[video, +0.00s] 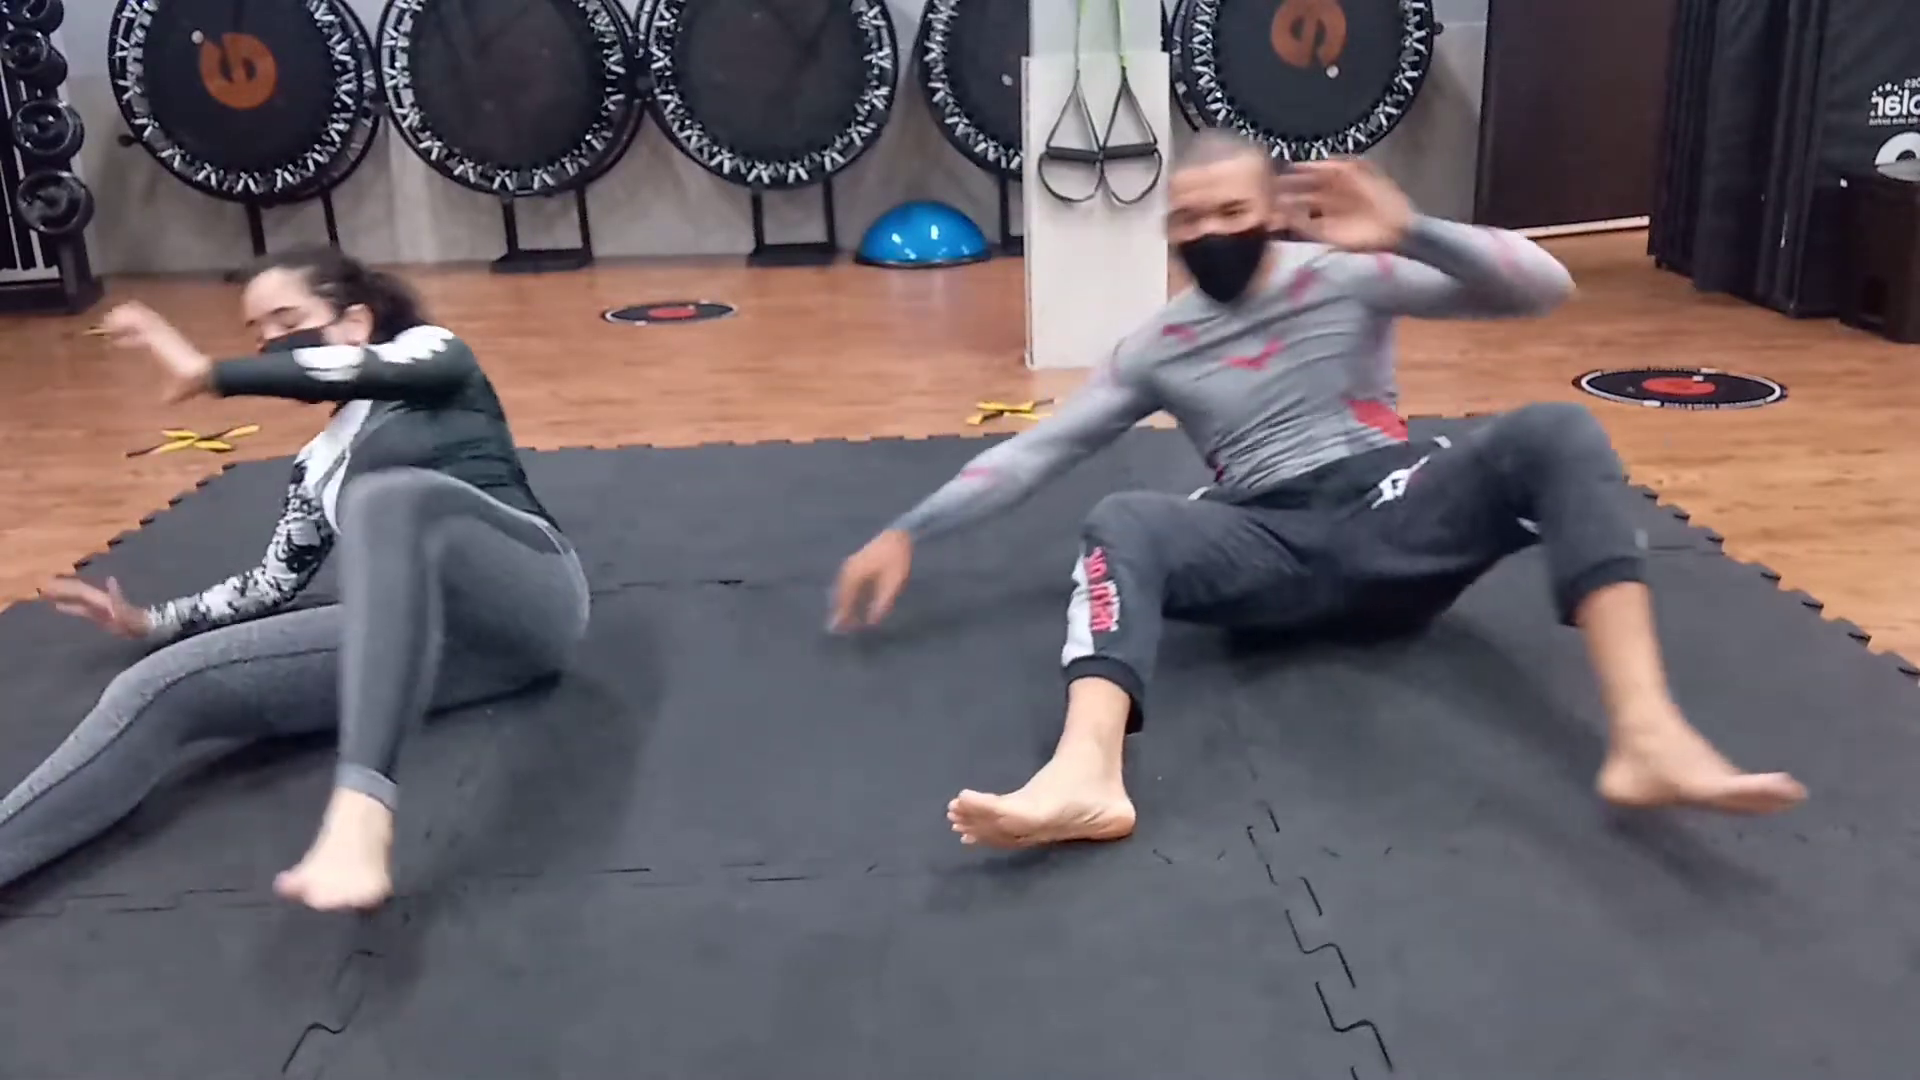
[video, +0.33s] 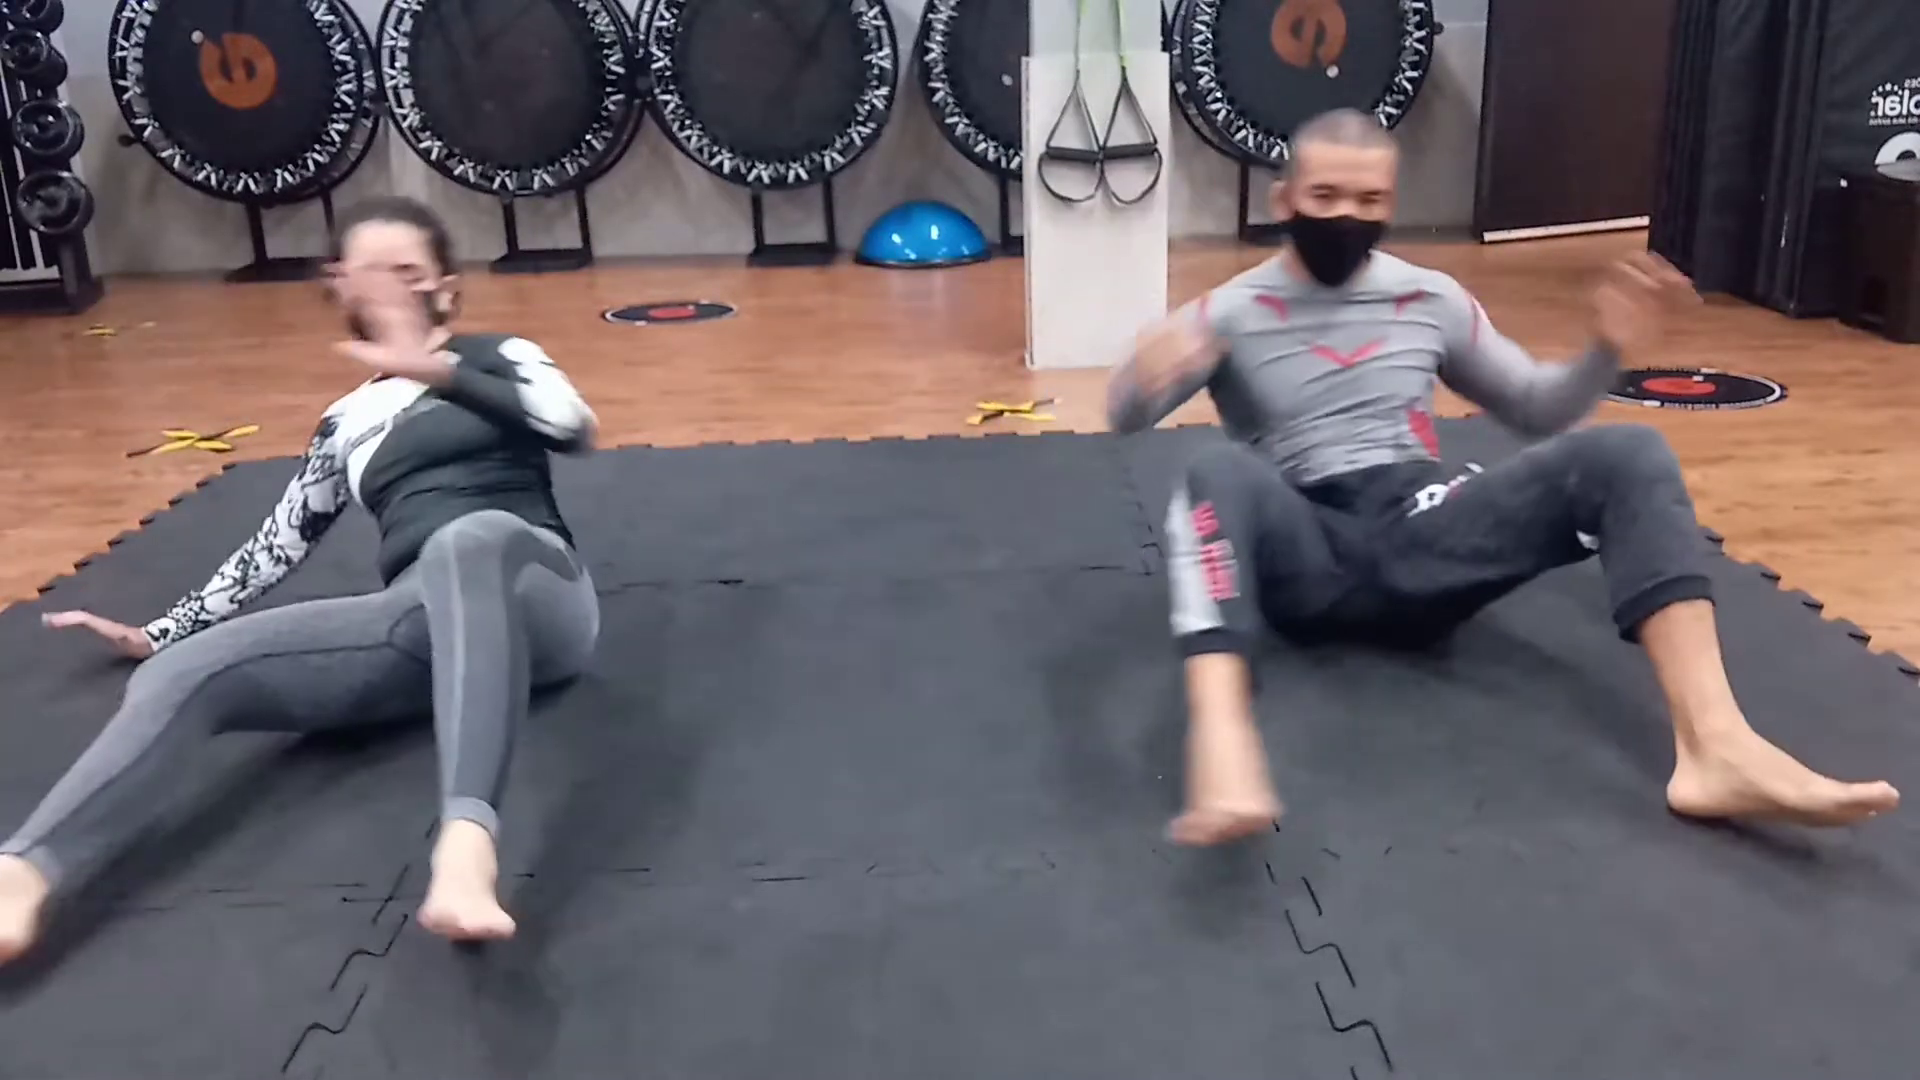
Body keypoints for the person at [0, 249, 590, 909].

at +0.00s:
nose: (269, 346)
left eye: (286, 325)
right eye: (257, 336)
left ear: (359, 319)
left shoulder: (437, 355)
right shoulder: (320, 467)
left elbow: (357, 367)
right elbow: (274, 586)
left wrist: (211, 373)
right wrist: (148, 624)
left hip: (530, 606)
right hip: (416, 652)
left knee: (386, 498)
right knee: (168, 684)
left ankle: (362, 807)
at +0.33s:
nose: (386, 285)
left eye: (406, 268)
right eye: (367, 270)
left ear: (445, 287)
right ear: (341, 294)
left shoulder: (504, 358)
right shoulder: (348, 422)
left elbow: (575, 426)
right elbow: (272, 549)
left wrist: (436, 366)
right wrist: (157, 636)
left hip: (538, 601)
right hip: (411, 614)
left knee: (470, 540)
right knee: (190, 666)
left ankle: (467, 837)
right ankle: (24, 875)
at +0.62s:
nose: (479, 277)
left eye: (498, 262)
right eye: (455, 262)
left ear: (523, 273)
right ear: (414, 277)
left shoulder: (565, 367)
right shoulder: (393, 398)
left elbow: (678, 485)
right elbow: (322, 535)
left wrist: (642, 432)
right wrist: (219, 610)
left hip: (553, 599)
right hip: (434, 609)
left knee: (520, 550)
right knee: (231, 653)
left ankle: (481, 857)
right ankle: (104, 877)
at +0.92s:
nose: (589, 271)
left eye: (604, 260)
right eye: (567, 252)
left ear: (616, 281)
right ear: (507, 267)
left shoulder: (631, 377)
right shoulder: (437, 367)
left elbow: (712, 507)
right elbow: (361, 494)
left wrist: (776, 475)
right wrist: (346, 496)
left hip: (573, 594)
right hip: (453, 597)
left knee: (599, 578)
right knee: (305, 608)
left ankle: (496, 878)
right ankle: (248, 846)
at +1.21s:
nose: (695, 311)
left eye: (699, 294)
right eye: (681, 288)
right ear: (611, 280)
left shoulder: (662, 402)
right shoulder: (511, 345)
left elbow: (645, 539)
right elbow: (471, 432)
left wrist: (753, 561)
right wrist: (614, 427)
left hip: (622, 597)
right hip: (518, 574)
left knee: (726, 623)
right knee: (472, 508)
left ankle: (532, 862)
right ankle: (458, 760)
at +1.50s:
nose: (742, 349)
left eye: (746, 336)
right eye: (735, 326)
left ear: (679, 314)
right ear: (677, 306)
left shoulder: (659, 408)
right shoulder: (575, 334)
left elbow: (622, 570)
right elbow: (650, 415)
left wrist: (749, 576)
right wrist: (796, 426)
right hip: (512, 599)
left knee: (819, 650)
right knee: (642, 423)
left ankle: (557, 800)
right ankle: (619, 702)